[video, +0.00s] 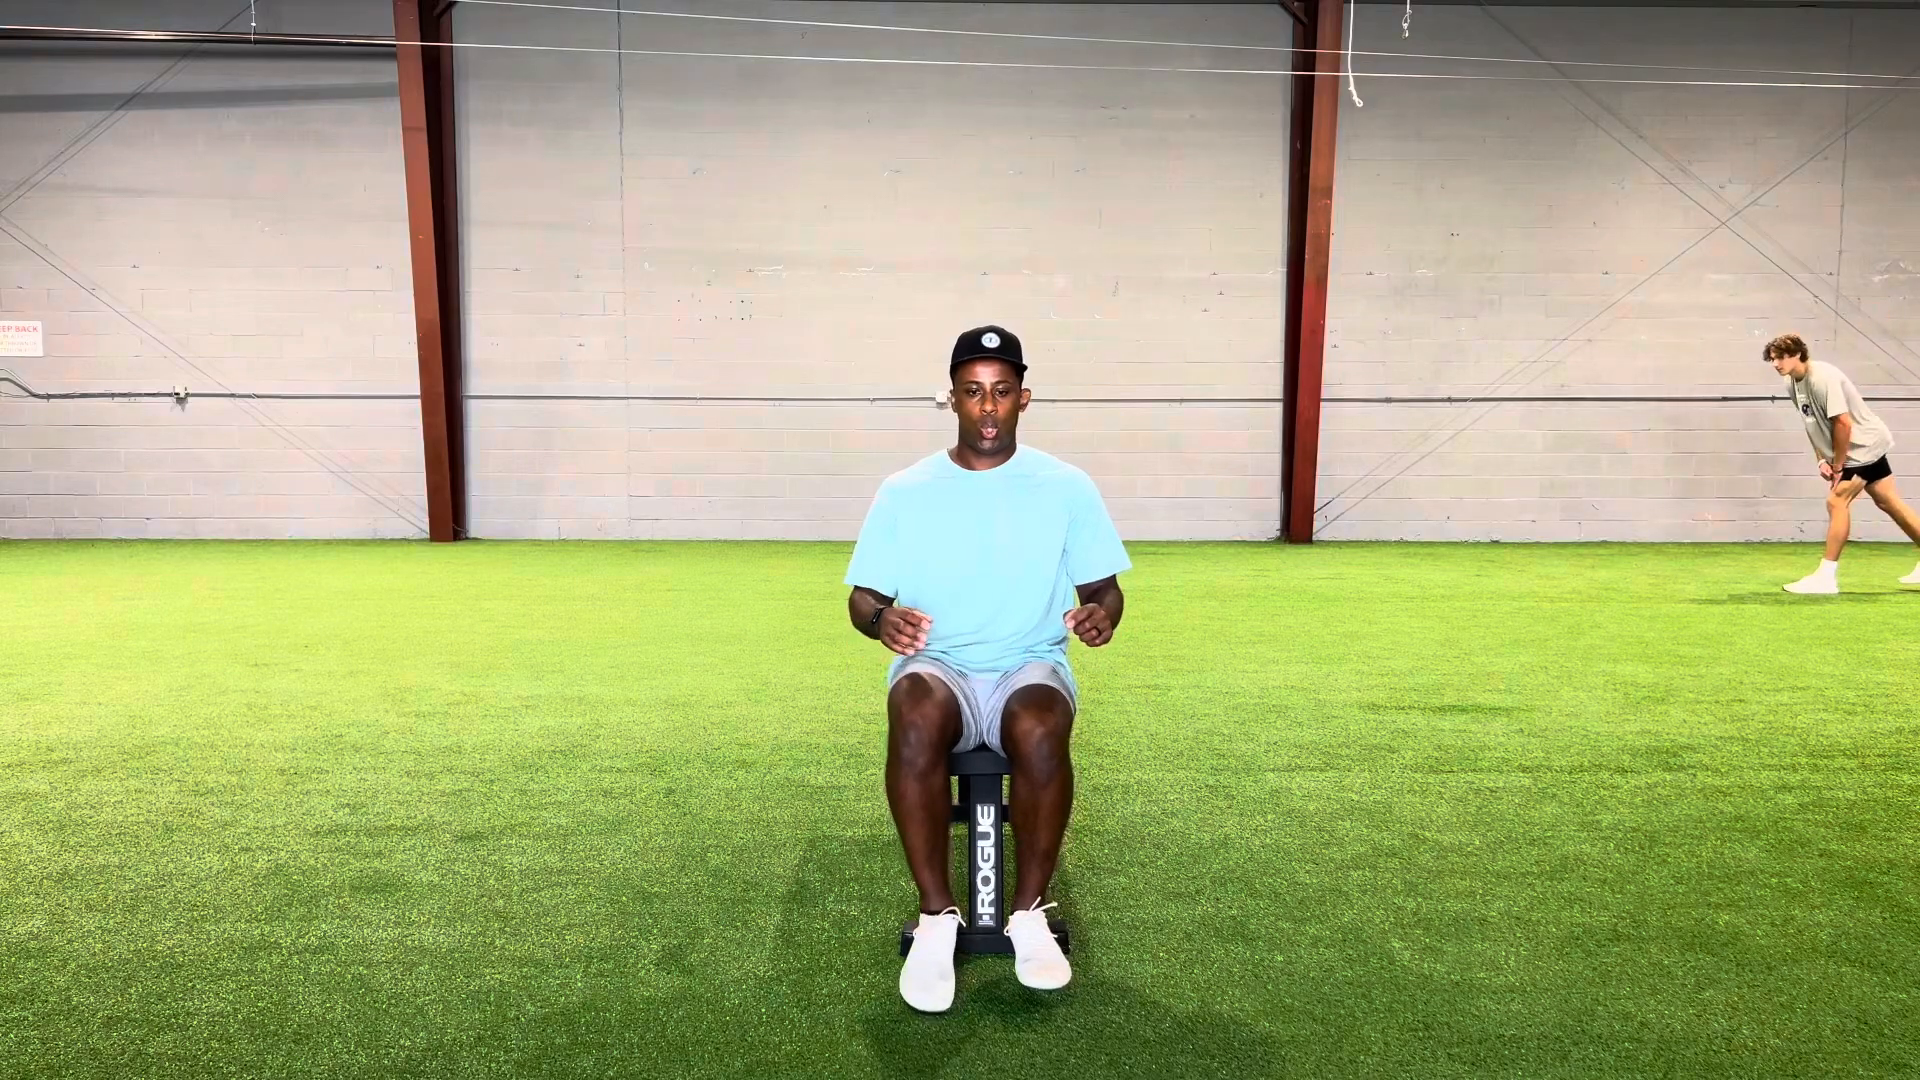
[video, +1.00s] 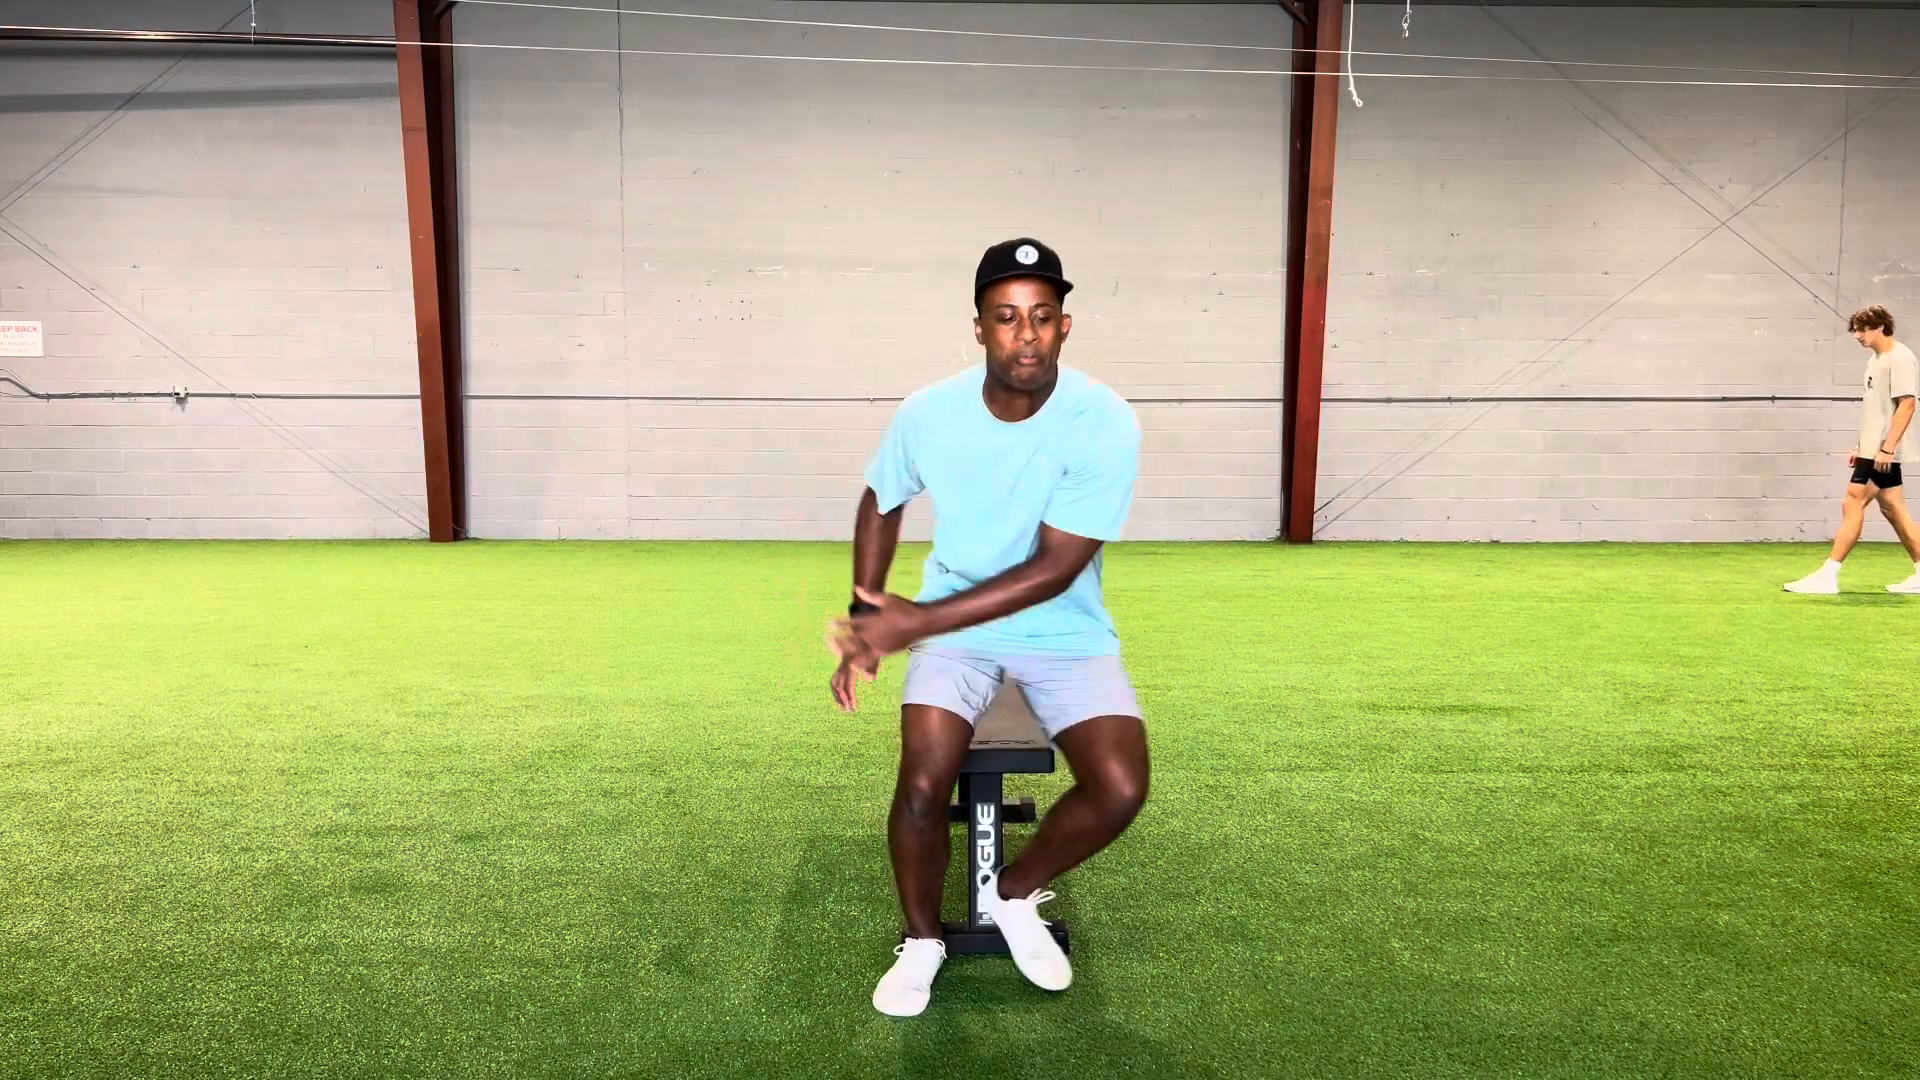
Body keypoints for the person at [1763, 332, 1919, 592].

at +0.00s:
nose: (1775, 365)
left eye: (1780, 358)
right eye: (1773, 360)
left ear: (1797, 355)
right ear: (1779, 361)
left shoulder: (1823, 377)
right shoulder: (1794, 383)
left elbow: (1843, 423)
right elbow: (1811, 423)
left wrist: (1838, 465)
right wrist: (1821, 458)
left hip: (1868, 446)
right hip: (1861, 446)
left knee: (1838, 502)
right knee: (1889, 502)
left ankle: (1826, 575)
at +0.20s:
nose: (1793, 356)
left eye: (1797, 349)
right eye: (1790, 351)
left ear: (1813, 347)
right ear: (1790, 353)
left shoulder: (1838, 371)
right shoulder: (1809, 377)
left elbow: (1850, 421)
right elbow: (1824, 418)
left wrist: (1841, 464)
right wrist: (1827, 455)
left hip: (1871, 447)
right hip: (1869, 447)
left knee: (1840, 502)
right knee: (1888, 507)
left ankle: (1826, 576)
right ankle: (1918, 566)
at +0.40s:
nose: (1820, 348)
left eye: (1823, 341)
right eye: (1817, 343)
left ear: (1840, 338)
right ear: (1819, 345)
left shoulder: (1865, 365)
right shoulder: (1835, 370)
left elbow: (1868, 414)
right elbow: (1844, 415)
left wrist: (1849, 455)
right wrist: (1839, 452)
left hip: (1879, 451)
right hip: (1875, 451)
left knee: (1844, 502)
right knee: (1895, 508)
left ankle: (1827, 575)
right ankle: (1919, 570)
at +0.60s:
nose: (1843, 341)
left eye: (1847, 335)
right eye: (1841, 336)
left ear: (1864, 331)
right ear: (1846, 336)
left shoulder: (1886, 359)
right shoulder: (1858, 363)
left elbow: (1890, 407)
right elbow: (1864, 411)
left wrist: (1860, 448)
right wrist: (1852, 449)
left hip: (1884, 451)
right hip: (1877, 451)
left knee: (1852, 502)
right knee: (1895, 508)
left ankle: (1828, 574)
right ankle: (1919, 570)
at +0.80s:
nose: (1856, 338)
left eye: (1859, 332)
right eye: (1854, 333)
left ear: (1877, 328)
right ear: (1863, 333)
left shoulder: (1898, 357)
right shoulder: (1872, 360)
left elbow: (1903, 406)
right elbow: (1873, 412)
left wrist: (1878, 447)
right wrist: (1859, 449)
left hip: (1883, 450)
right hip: (1876, 450)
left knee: (1853, 503)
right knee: (1893, 507)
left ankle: (1828, 574)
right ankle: (1919, 570)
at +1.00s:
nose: (1858, 337)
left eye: (1862, 330)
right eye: (1856, 332)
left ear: (1879, 328)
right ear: (1870, 332)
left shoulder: (1900, 357)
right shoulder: (1875, 359)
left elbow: (1907, 405)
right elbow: (1874, 410)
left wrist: (1888, 448)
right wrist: (1860, 447)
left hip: (1882, 449)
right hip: (1873, 449)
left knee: (1853, 504)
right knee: (1893, 508)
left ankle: (1828, 574)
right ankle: (1919, 570)